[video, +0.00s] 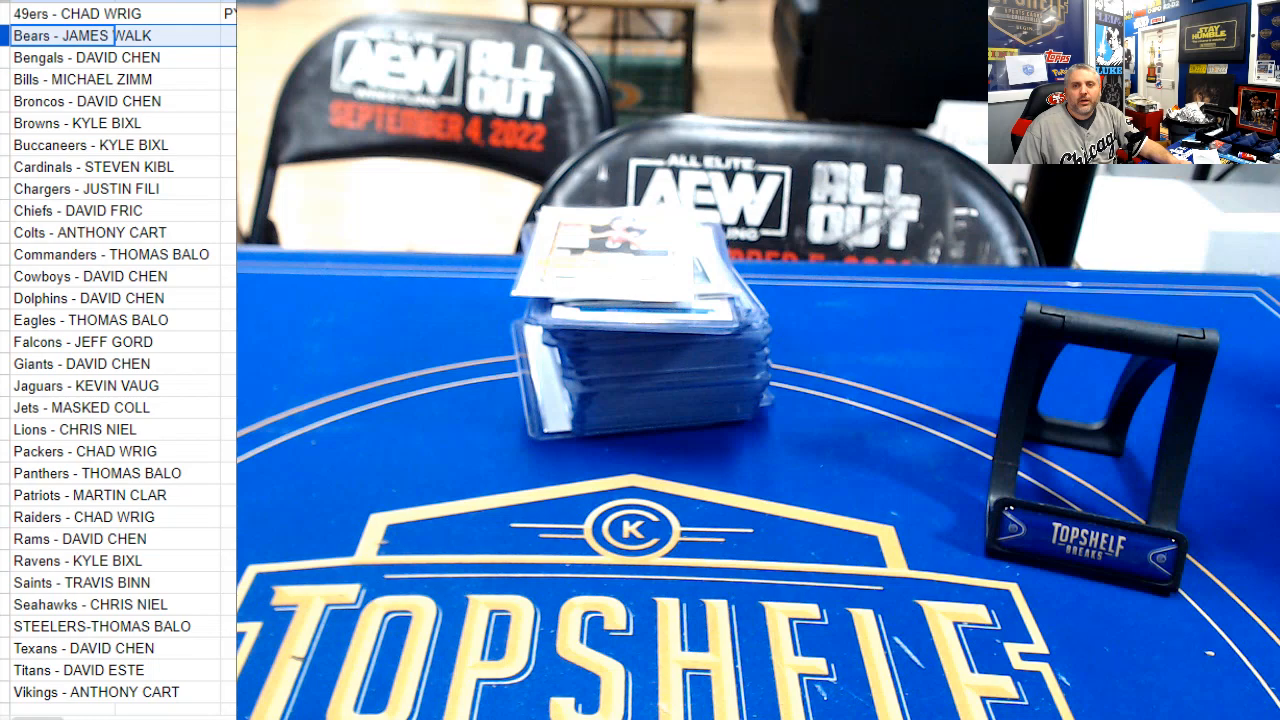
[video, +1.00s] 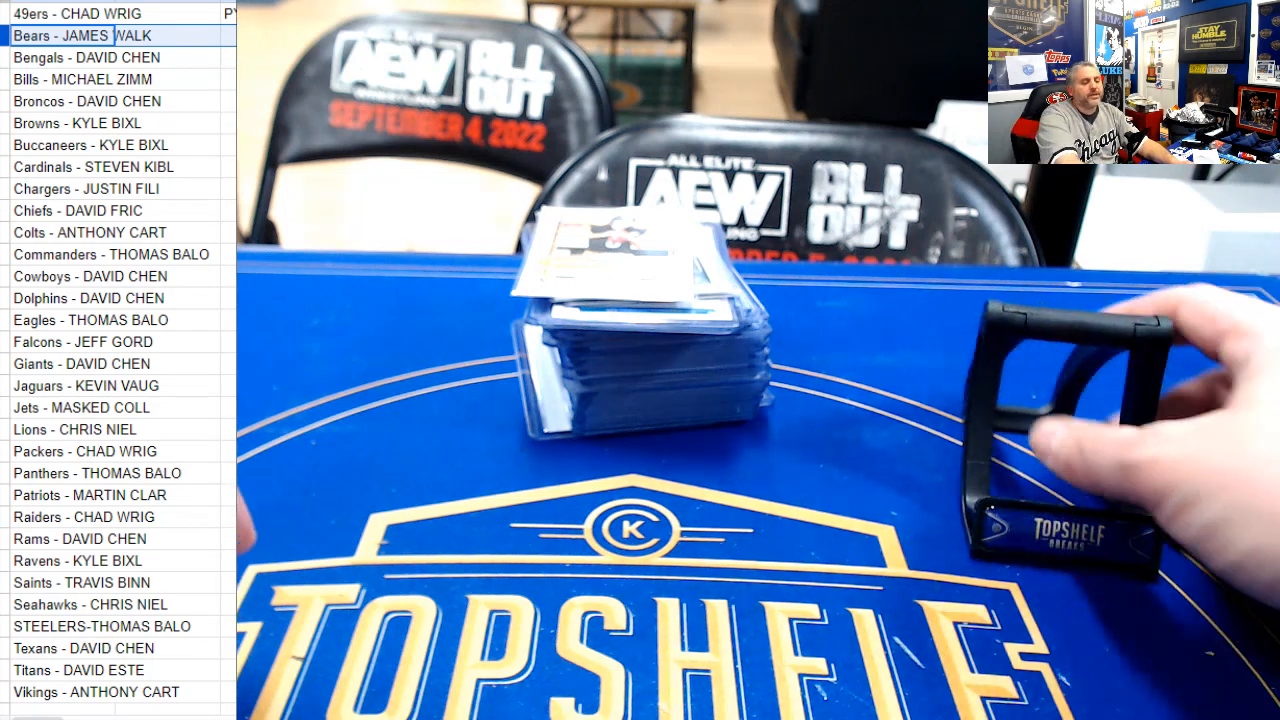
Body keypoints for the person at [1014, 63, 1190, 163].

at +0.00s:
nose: (1083, 91)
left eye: (1090, 85)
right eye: (1076, 86)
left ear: (1099, 90)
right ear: (1066, 93)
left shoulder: (1110, 114)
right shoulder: (1043, 125)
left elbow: (1144, 145)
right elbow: (1020, 175)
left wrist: (1177, 163)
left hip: (1109, 192)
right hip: (1061, 197)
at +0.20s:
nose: (1088, 92)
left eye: (1093, 85)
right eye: (1080, 86)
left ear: (1100, 89)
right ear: (1066, 92)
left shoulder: (1110, 114)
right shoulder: (1043, 126)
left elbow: (1143, 145)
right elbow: (1020, 176)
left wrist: (1175, 162)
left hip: (1109, 192)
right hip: (1062, 197)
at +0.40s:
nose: (1093, 92)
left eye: (1097, 85)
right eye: (1085, 86)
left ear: (1102, 87)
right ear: (1069, 91)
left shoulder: (1110, 113)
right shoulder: (1045, 124)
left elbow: (1142, 144)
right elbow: (1022, 174)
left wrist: (1175, 163)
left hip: (1110, 191)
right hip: (1064, 195)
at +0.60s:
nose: (1091, 90)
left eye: (1095, 83)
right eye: (1083, 85)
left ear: (1101, 85)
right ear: (1068, 90)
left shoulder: (1109, 112)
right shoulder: (1047, 120)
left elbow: (1141, 144)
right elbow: (1028, 171)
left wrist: (1172, 162)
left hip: (1111, 189)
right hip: (1066, 193)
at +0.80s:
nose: (1091, 87)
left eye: (1094, 81)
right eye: (1082, 83)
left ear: (1101, 84)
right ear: (1067, 90)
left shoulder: (1110, 112)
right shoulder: (1051, 116)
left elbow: (1142, 144)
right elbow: (1054, 159)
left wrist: (1174, 163)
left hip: (1114, 182)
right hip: (1075, 189)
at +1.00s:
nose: (1094, 87)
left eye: (1097, 81)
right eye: (1085, 82)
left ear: (1103, 84)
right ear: (1070, 90)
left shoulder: (1112, 113)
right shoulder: (1054, 116)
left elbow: (1146, 146)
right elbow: (1067, 162)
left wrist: (1176, 163)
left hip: (1115, 183)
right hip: (1077, 189)